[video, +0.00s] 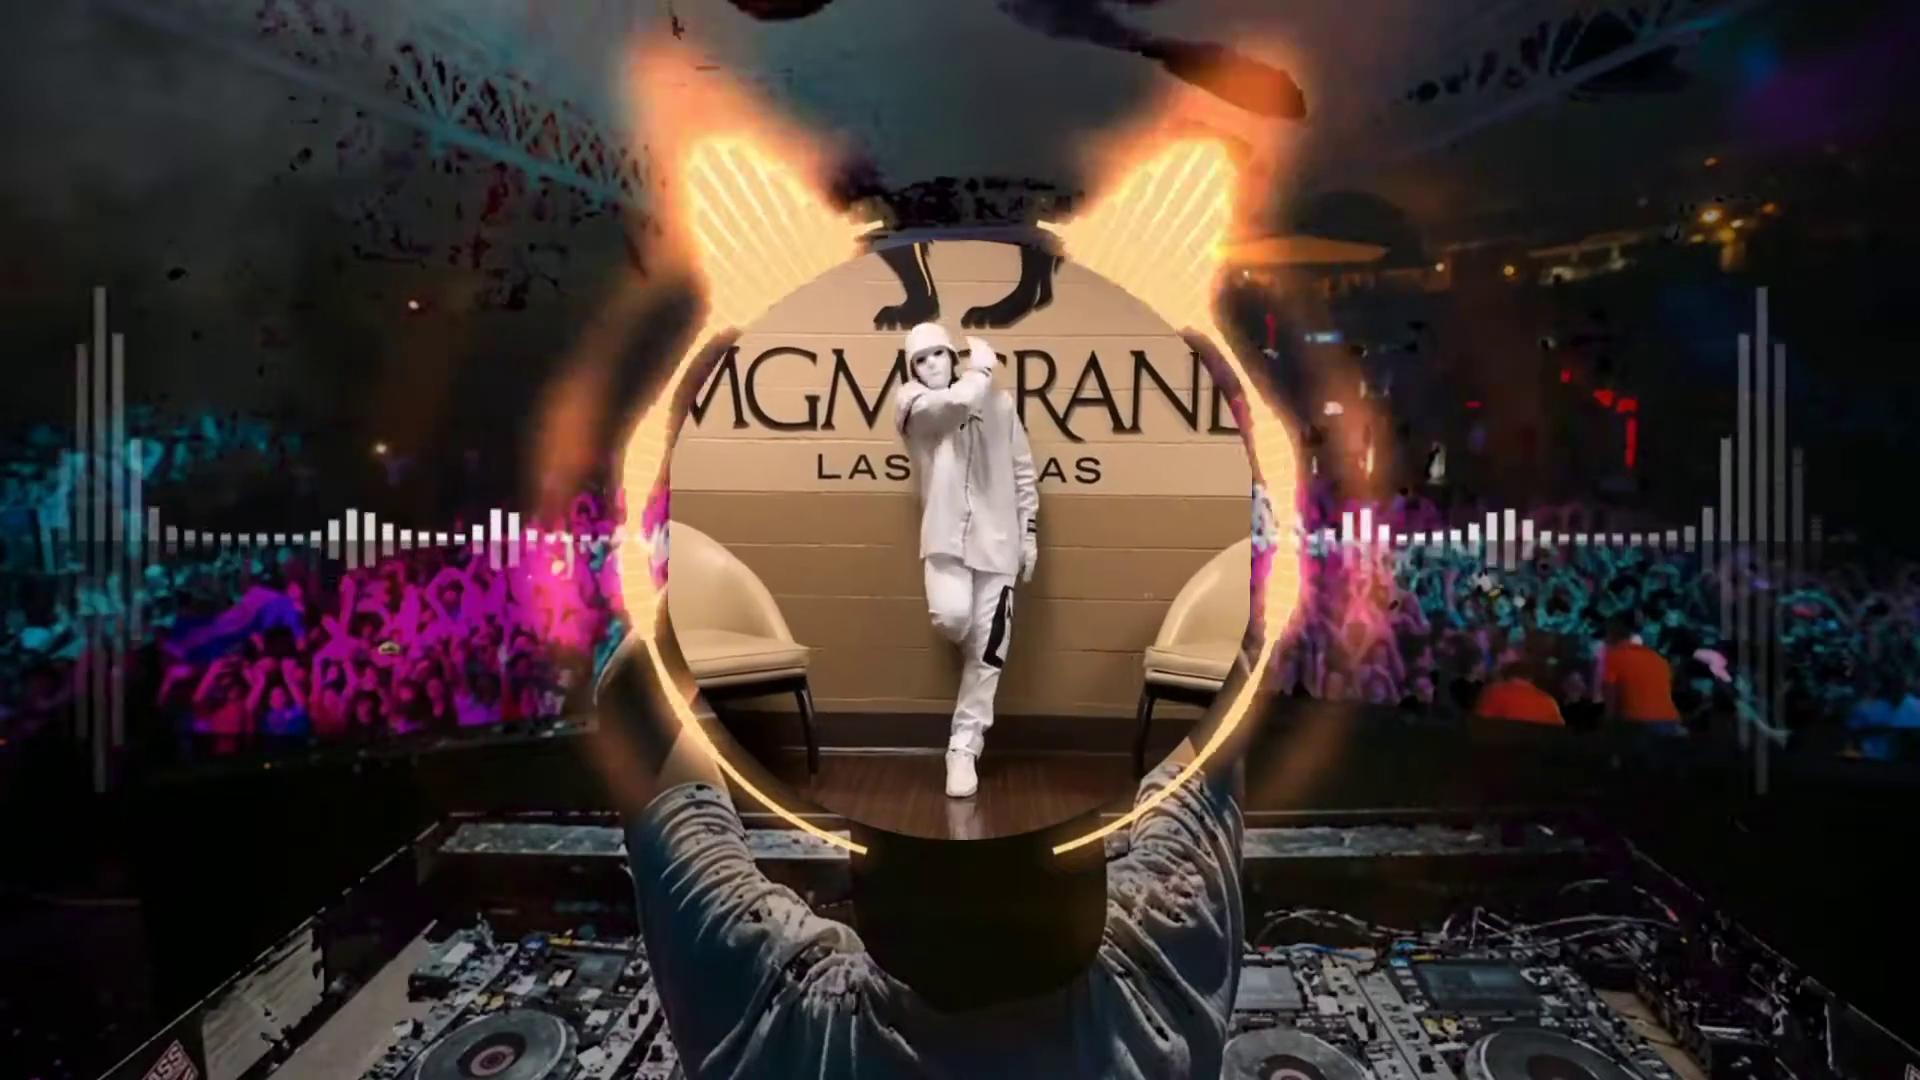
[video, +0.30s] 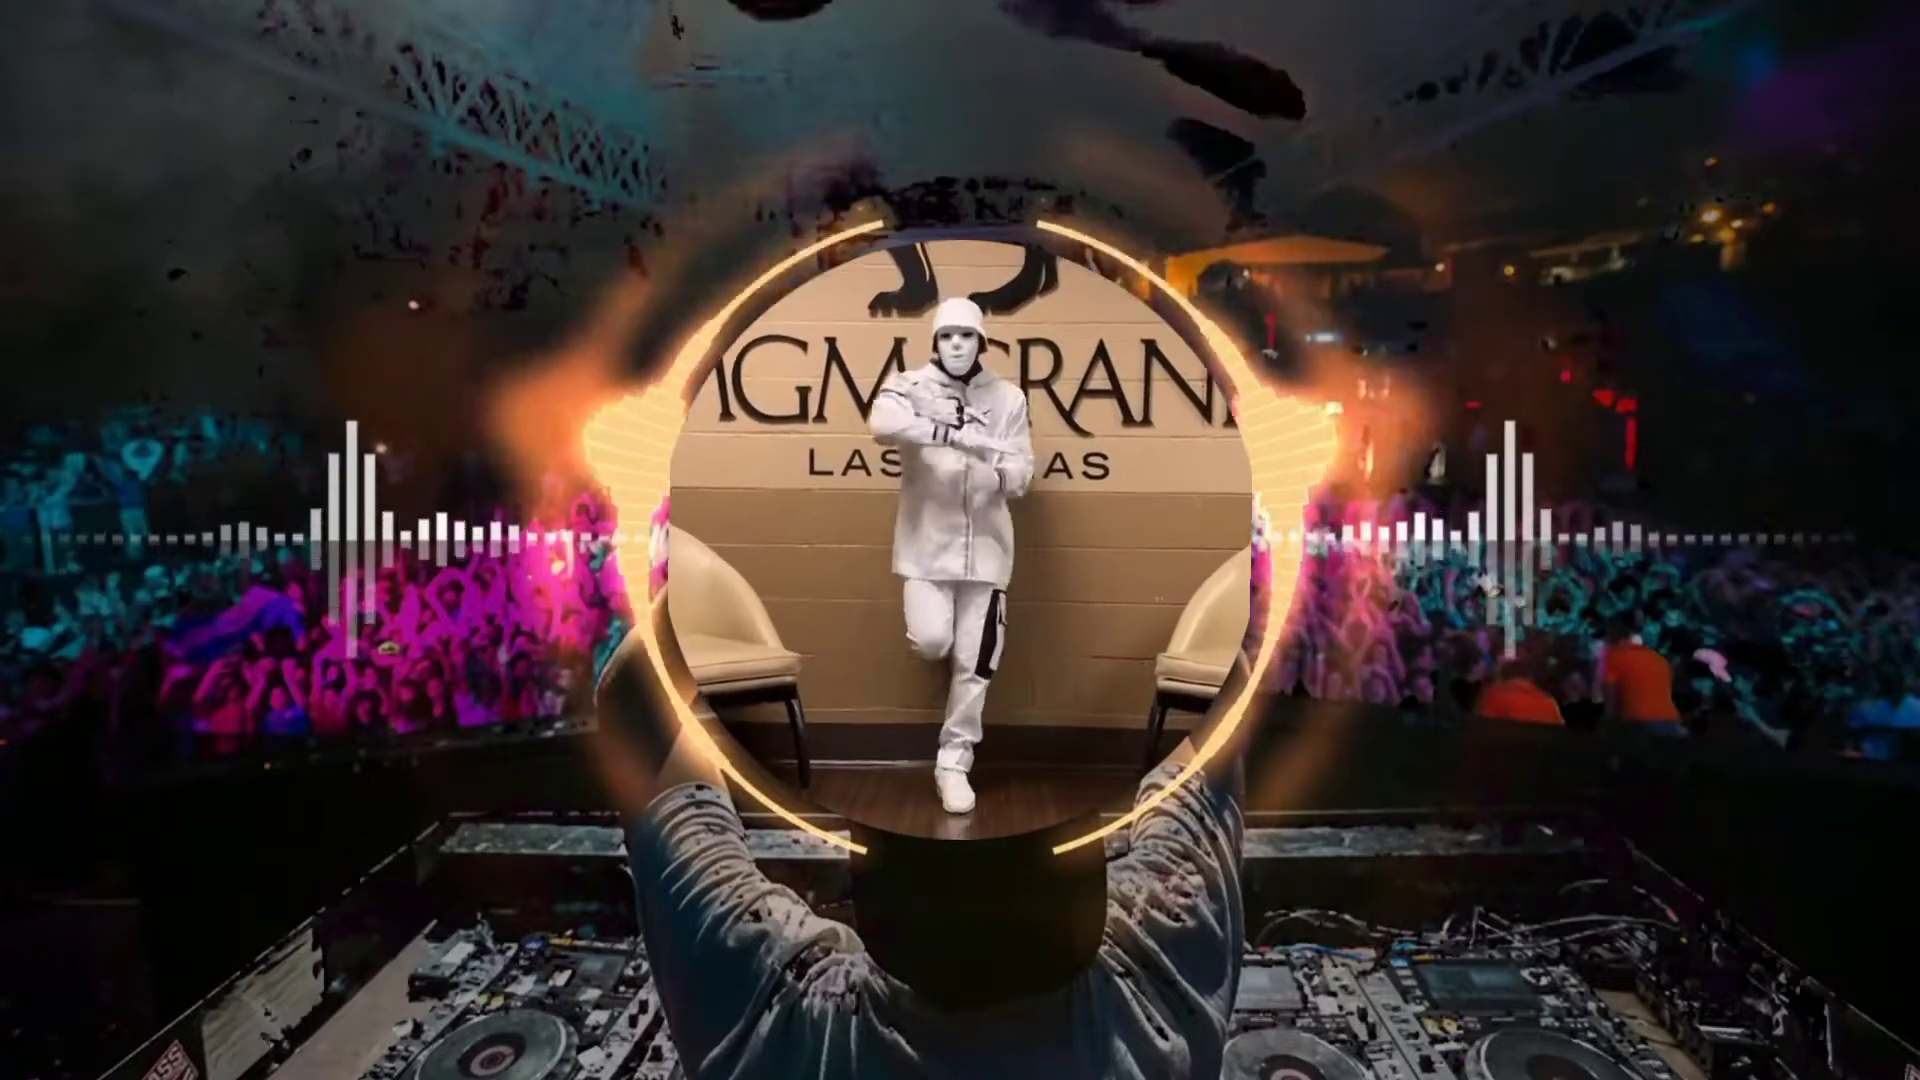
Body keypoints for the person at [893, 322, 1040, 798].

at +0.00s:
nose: (930, 365)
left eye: (937, 356)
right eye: (920, 360)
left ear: (954, 356)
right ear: (911, 368)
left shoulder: (998, 405)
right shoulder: (911, 402)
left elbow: (1024, 474)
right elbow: (957, 402)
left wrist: (1027, 535)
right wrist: (981, 366)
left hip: (997, 537)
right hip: (945, 536)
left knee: (987, 651)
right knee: (951, 618)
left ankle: (963, 750)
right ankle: (975, 643)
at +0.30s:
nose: (957, 345)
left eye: (966, 336)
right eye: (948, 336)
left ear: (982, 342)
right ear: (935, 341)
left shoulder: (1007, 400)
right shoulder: (911, 384)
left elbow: (1020, 475)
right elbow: (884, 421)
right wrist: (948, 433)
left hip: (985, 548)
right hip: (926, 545)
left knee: (974, 664)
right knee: (931, 643)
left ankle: (954, 765)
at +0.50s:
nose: (945, 337)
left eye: (955, 328)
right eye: (936, 327)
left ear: (972, 332)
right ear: (923, 332)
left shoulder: (1002, 393)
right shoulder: (907, 377)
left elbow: (1009, 464)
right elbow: (874, 386)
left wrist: (972, 490)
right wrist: (937, 363)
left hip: (974, 546)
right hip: (915, 537)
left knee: (967, 665)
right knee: (922, 636)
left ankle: (951, 770)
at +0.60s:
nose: (944, 365)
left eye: (955, 356)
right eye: (935, 355)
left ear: (971, 362)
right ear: (921, 358)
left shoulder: (1002, 424)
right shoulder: (905, 406)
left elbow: (1013, 499)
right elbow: (865, 379)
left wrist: (1005, 564)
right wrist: (895, 315)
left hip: (976, 557)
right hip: (915, 553)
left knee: (972, 666)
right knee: (915, 657)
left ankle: (951, 776)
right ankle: (960, 653)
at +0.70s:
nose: (943, 378)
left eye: (954, 369)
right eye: (934, 368)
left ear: (970, 376)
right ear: (920, 373)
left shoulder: (1002, 439)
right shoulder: (898, 413)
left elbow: (1039, 516)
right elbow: (844, 390)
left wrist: (1072, 585)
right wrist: (842, 322)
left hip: (972, 576)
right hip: (908, 573)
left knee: (974, 672)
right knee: (915, 673)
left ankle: (950, 782)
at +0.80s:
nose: (944, 382)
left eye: (954, 373)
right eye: (934, 372)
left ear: (972, 379)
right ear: (920, 375)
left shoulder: (1005, 436)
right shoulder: (888, 418)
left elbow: (1077, 474)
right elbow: (819, 417)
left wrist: (1152, 510)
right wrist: (771, 378)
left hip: (970, 576)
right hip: (902, 579)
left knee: (974, 670)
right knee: (913, 680)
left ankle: (949, 788)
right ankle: (941, 639)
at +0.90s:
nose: (944, 385)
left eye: (955, 375)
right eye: (935, 374)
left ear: (974, 380)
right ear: (920, 378)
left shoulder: (1013, 426)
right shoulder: (889, 425)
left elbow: (1100, 410)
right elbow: (809, 451)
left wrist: (1185, 389)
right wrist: (735, 466)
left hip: (980, 580)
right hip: (912, 580)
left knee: (977, 681)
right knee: (915, 688)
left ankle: (950, 792)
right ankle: (928, 636)